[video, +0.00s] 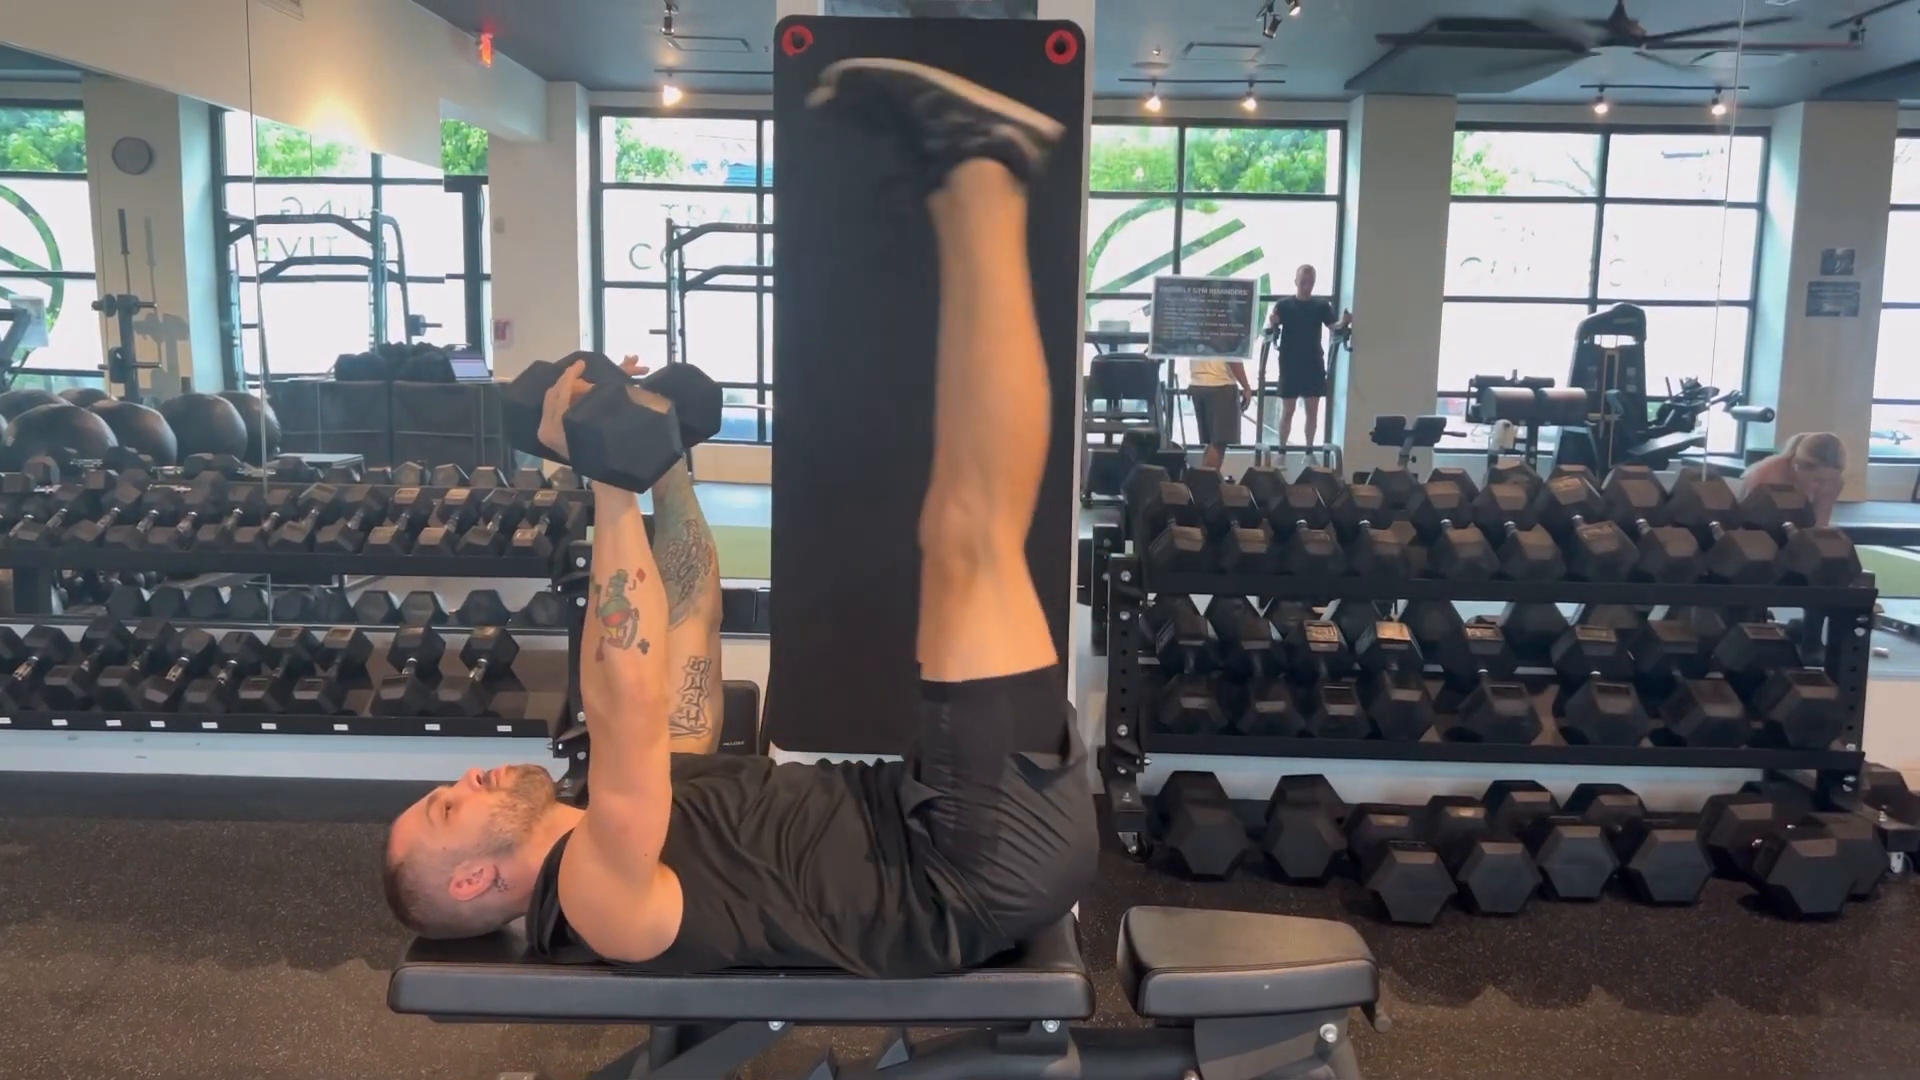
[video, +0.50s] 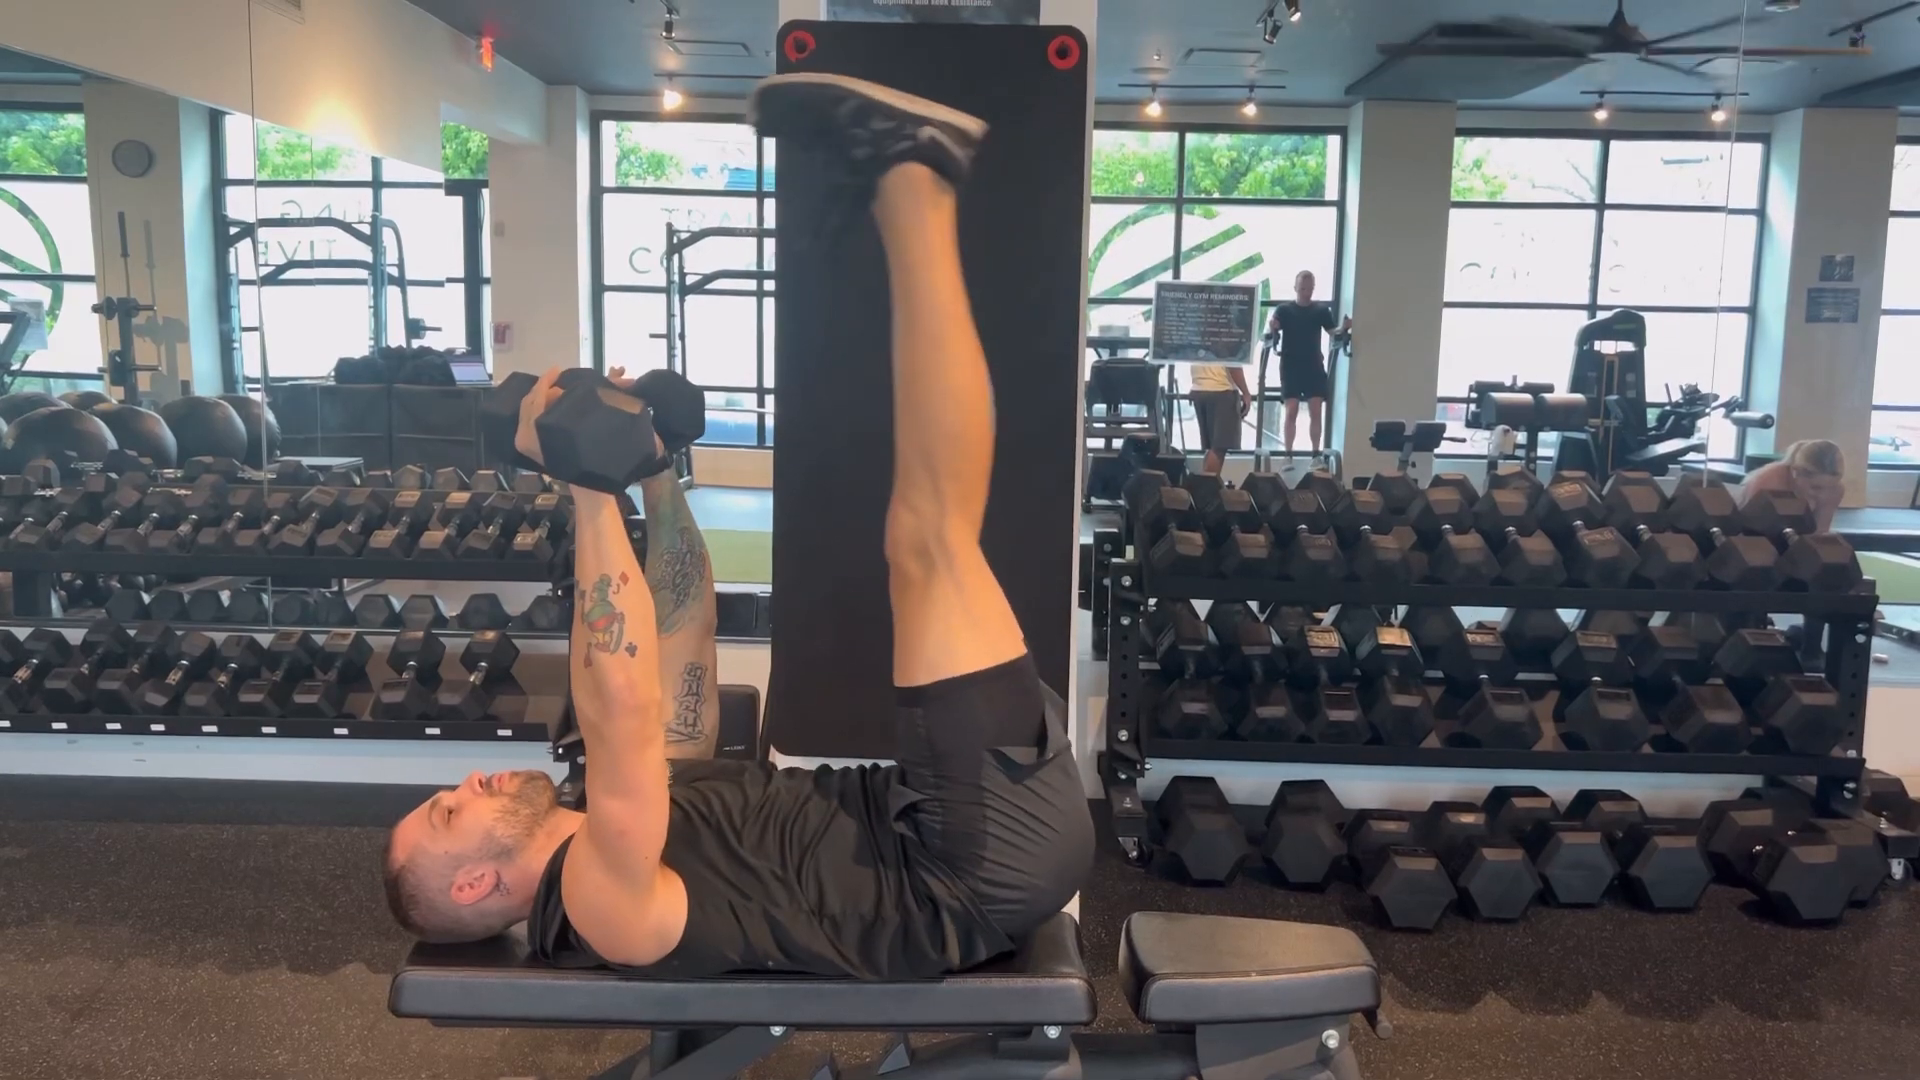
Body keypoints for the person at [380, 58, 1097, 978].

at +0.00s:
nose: (478, 773)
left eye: (446, 787)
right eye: (452, 802)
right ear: (487, 874)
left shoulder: (643, 820)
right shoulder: (609, 888)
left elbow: (691, 604)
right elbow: (625, 684)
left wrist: (660, 457)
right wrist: (612, 487)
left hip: (951, 825)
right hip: (973, 863)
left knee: (971, 528)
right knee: (968, 531)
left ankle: (979, 177)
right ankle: (977, 174)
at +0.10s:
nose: (482, 773)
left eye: (450, 786)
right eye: (456, 802)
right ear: (488, 875)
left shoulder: (627, 831)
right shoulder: (610, 890)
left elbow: (687, 615)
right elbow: (627, 684)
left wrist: (660, 462)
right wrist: (606, 485)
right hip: (972, 857)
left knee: (936, 524)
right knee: (931, 526)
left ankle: (903, 174)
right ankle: (901, 169)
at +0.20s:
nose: (479, 775)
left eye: (448, 788)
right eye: (453, 805)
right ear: (489, 877)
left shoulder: (624, 829)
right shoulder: (611, 887)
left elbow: (686, 613)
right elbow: (624, 682)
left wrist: (656, 462)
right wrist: (598, 477)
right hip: (971, 858)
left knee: (910, 523)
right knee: (905, 527)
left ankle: (859, 180)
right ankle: (856, 174)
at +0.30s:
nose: (478, 777)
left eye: (448, 790)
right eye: (452, 807)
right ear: (485, 878)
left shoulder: (617, 834)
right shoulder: (611, 886)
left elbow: (684, 624)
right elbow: (621, 682)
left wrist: (654, 464)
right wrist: (590, 476)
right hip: (975, 854)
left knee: (901, 528)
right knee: (895, 532)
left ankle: (842, 184)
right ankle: (839, 176)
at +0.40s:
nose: (481, 777)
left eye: (449, 789)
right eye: (455, 805)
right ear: (488, 877)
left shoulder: (625, 829)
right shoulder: (612, 887)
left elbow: (685, 614)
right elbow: (619, 683)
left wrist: (653, 467)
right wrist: (588, 478)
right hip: (973, 862)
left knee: (910, 529)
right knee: (902, 533)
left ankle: (862, 184)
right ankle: (859, 177)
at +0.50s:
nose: (480, 777)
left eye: (449, 790)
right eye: (454, 805)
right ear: (487, 878)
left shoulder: (624, 834)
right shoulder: (609, 890)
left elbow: (684, 620)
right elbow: (617, 685)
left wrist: (650, 465)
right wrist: (585, 480)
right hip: (975, 870)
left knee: (936, 533)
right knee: (930, 536)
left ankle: (913, 181)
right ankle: (911, 175)